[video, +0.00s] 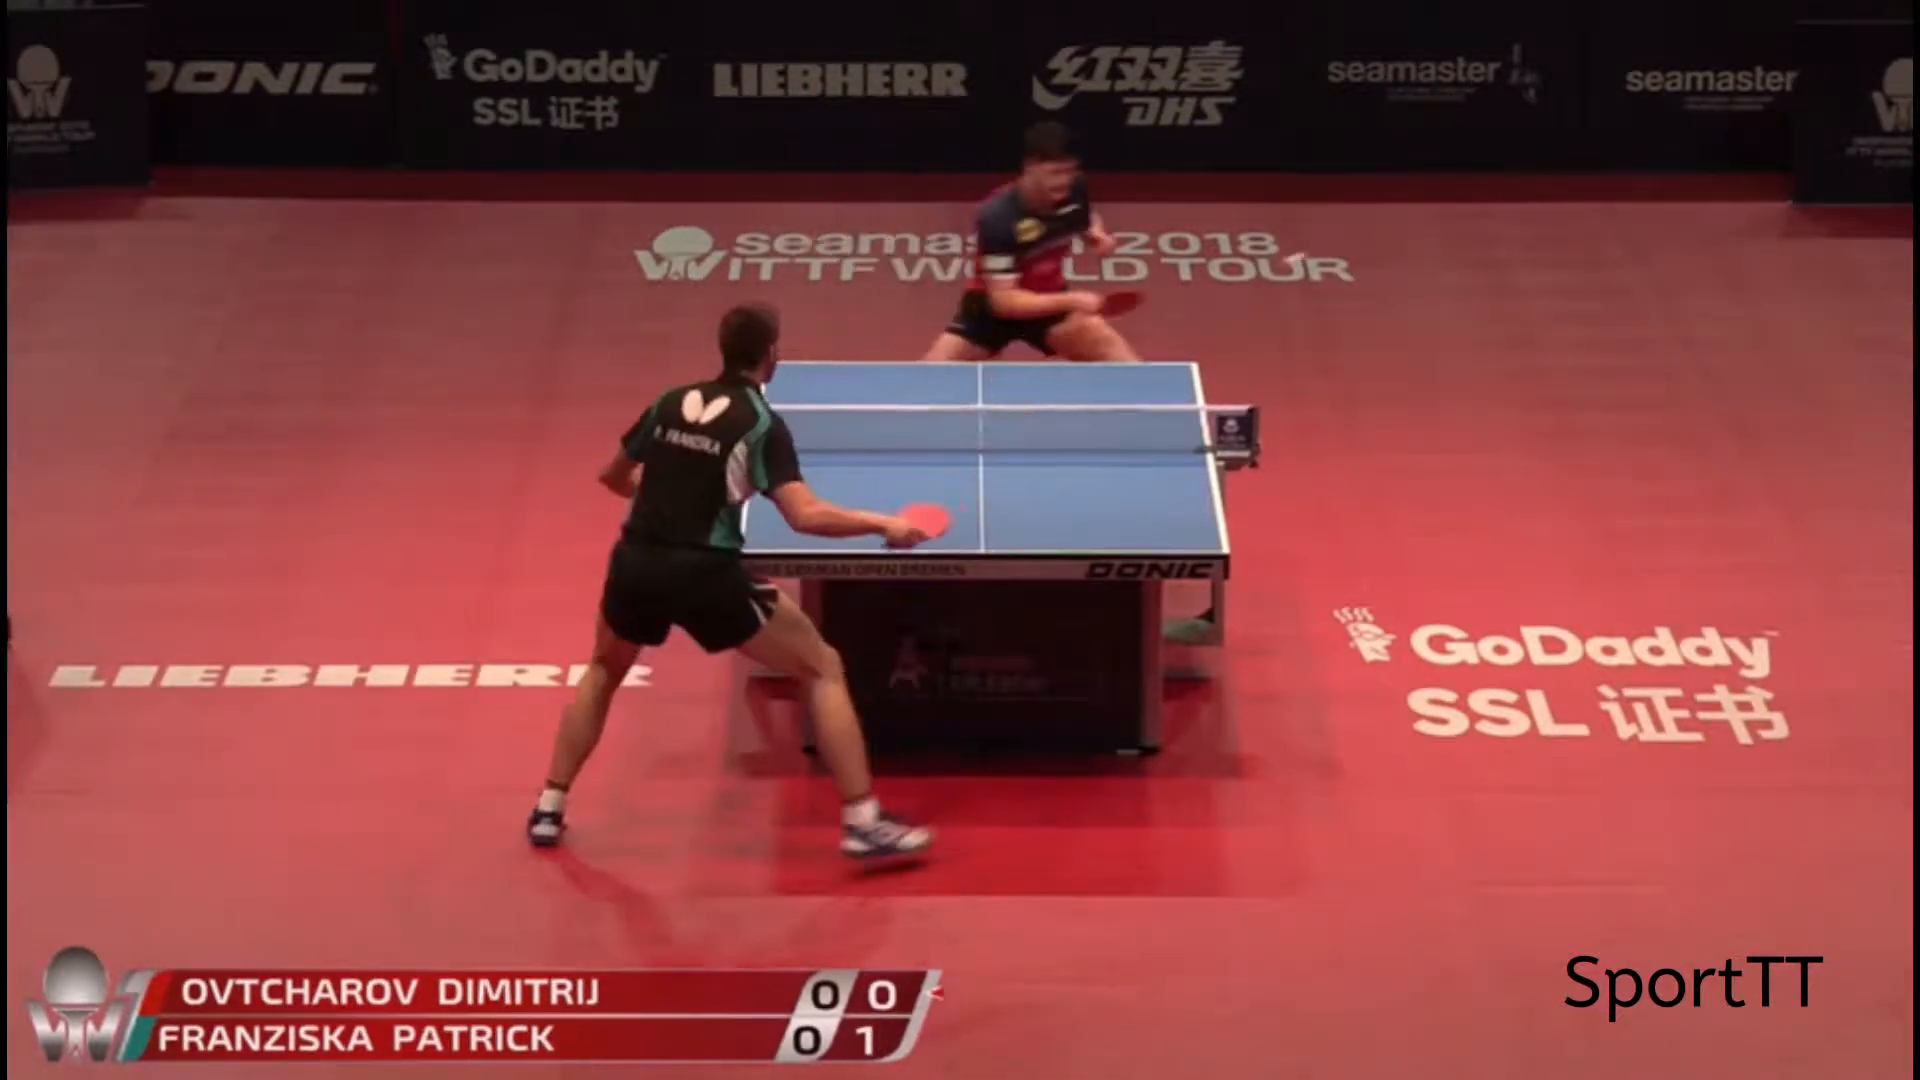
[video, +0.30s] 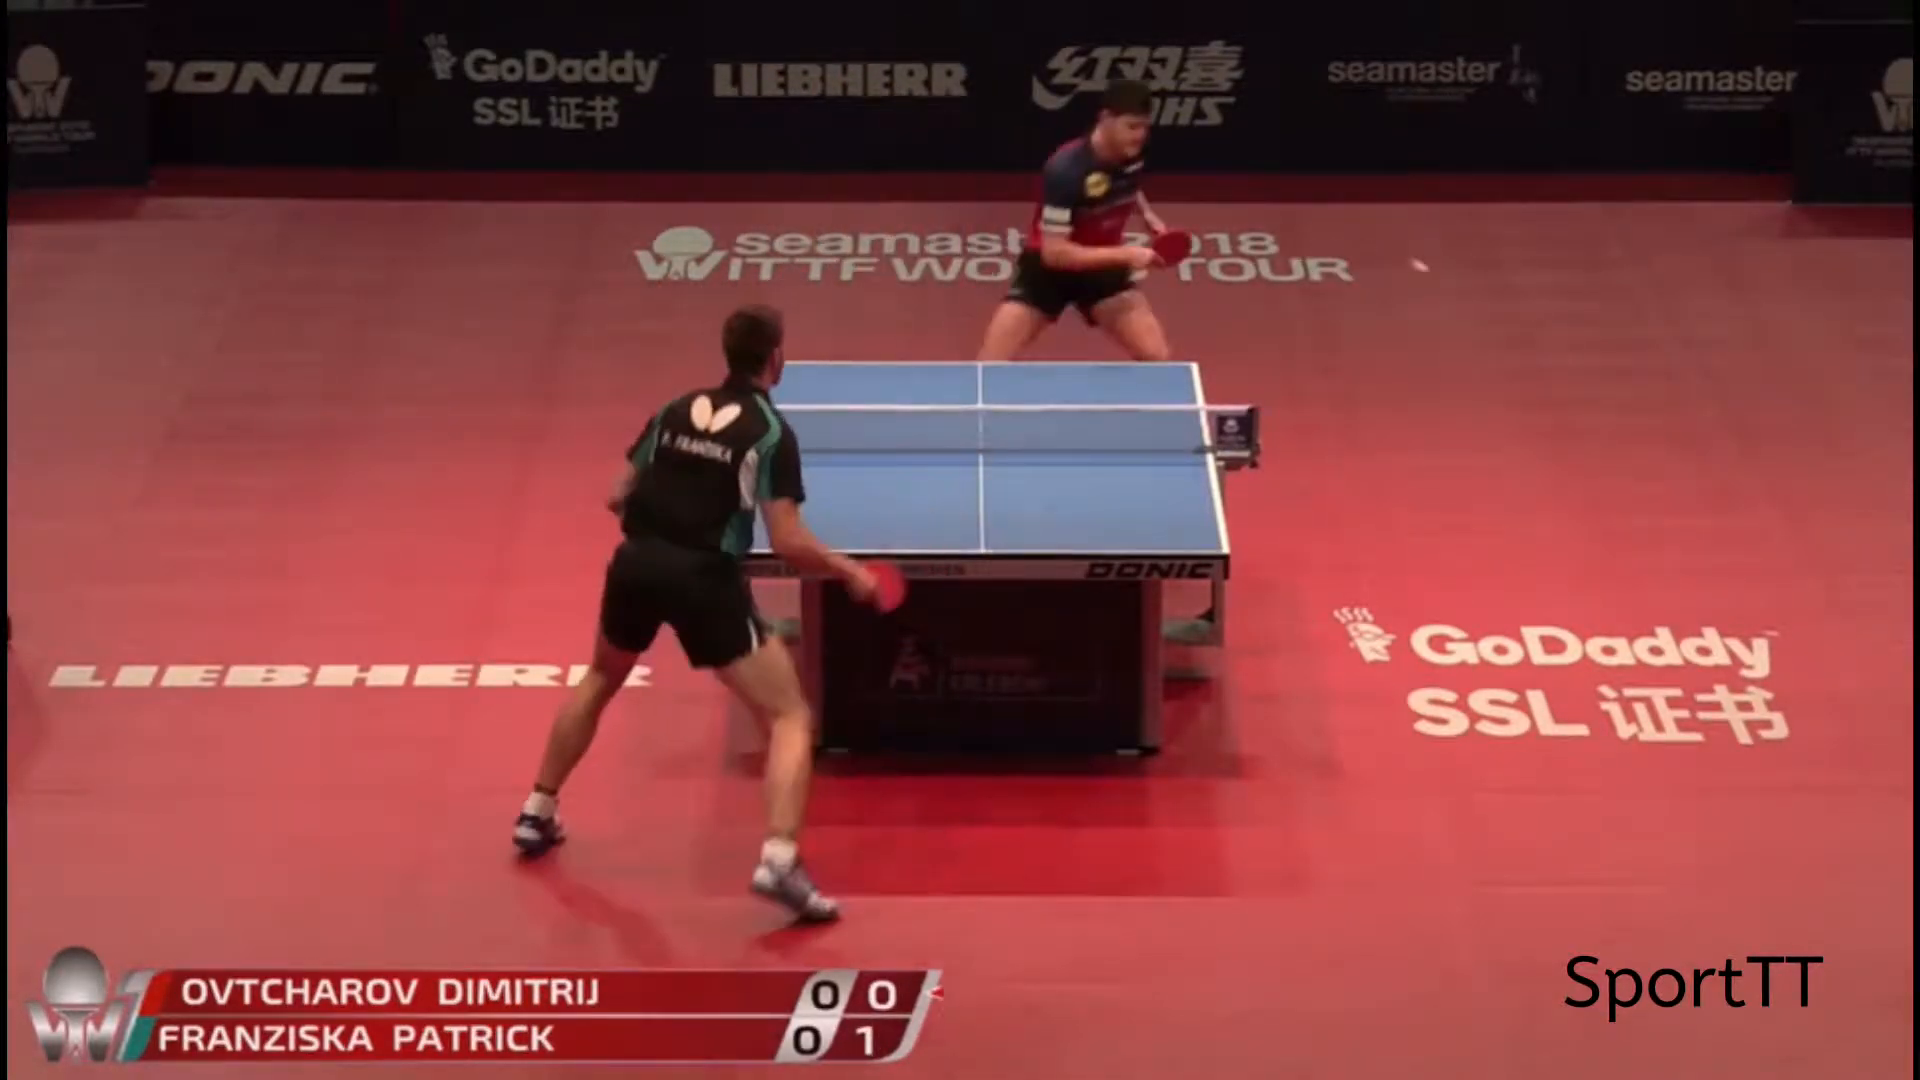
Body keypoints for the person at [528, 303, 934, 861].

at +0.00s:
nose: (779, 360)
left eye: (776, 351)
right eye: (777, 352)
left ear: (722, 352)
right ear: (769, 358)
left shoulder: (672, 402)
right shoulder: (762, 423)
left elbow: (615, 474)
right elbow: (804, 515)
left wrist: (662, 496)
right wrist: (885, 526)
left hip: (636, 565)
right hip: (709, 576)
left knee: (603, 672)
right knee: (823, 667)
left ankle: (548, 807)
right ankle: (863, 820)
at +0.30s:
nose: (784, 363)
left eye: (779, 354)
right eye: (783, 356)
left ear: (726, 356)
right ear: (773, 362)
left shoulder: (677, 409)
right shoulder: (772, 432)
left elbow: (620, 496)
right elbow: (788, 541)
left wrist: (655, 537)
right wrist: (848, 571)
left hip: (634, 566)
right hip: (706, 580)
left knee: (598, 681)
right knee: (789, 714)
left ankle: (536, 810)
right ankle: (779, 858)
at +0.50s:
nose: (725, 355)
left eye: (720, 346)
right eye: (723, 347)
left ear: (666, 348)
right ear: (713, 351)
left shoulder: (619, 411)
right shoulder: (720, 421)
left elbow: (585, 503)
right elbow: (728, 524)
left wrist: (634, 527)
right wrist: (769, 573)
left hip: (611, 579)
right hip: (683, 586)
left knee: (589, 710)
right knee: (746, 722)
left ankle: (538, 838)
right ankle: (767, 878)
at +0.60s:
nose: (676, 272)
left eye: (669, 262)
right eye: (675, 263)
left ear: (618, 266)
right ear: (665, 268)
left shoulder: (575, 334)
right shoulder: (679, 340)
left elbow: (543, 422)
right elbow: (692, 443)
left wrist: (592, 441)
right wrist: (714, 486)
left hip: (575, 506)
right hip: (643, 511)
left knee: (575, 655)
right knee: (658, 670)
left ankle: (534, 792)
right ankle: (634, 822)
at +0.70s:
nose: (668, 262)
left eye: (661, 252)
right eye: (665, 253)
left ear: (608, 256)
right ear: (656, 258)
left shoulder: (567, 324)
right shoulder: (673, 332)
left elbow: (533, 414)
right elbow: (690, 434)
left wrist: (587, 430)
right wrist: (702, 478)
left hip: (568, 498)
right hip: (634, 504)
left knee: (571, 643)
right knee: (637, 664)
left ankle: (527, 783)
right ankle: (597, 811)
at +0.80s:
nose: (629, 278)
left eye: (617, 269)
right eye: (628, 270)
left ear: (571, 277)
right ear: (621, 276)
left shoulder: (536, 342)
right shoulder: (646, 348)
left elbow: (497, 434)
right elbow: (680, 451)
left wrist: (547, 448)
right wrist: (658, 474)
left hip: (533, 508)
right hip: (598, 518)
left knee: (523, 648)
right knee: (564, 678)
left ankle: (495, 783)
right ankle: (503, 823)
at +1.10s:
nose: (594, 276)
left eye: (582, 265)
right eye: (597, 267)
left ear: (547, 266)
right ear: (593, 270)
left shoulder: (502, 330)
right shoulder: (617, 343)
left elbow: (465, 418)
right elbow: (637, 442)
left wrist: (511, 438)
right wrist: (592, 434)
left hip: (502, 500)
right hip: (573, 509)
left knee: (495, 625)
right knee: (581, 655)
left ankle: (478, 760)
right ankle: (527, 771)